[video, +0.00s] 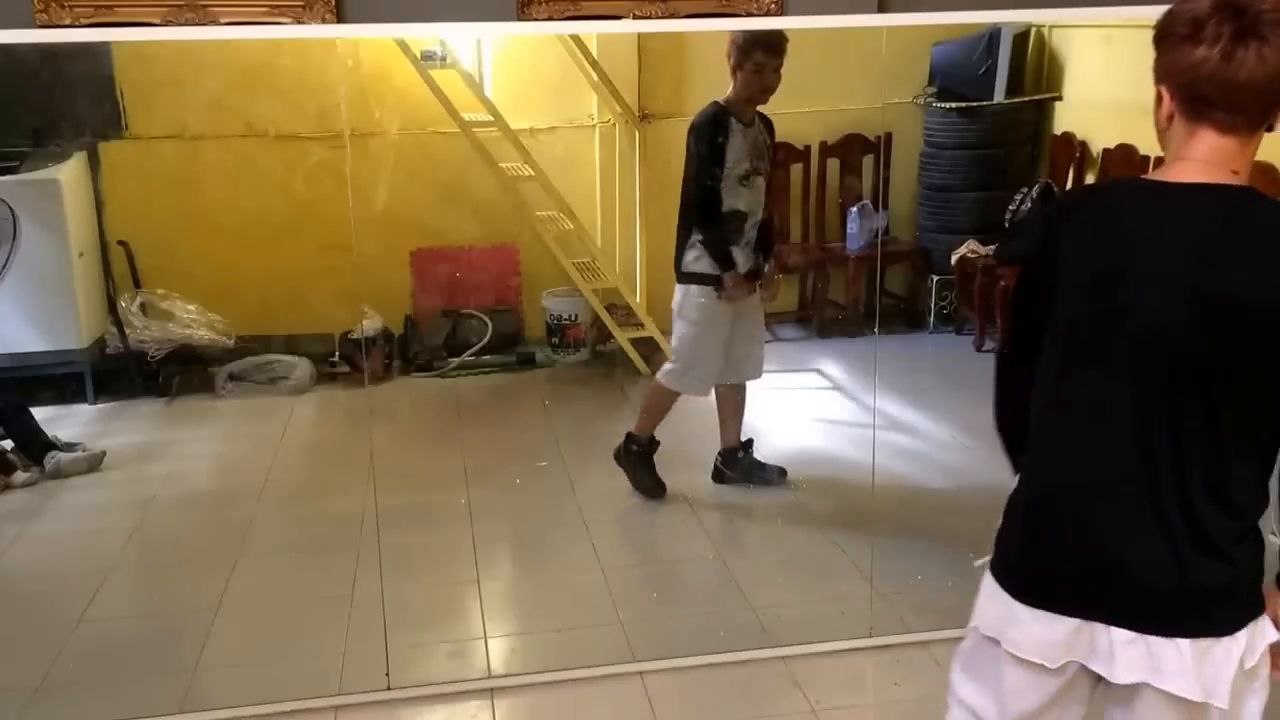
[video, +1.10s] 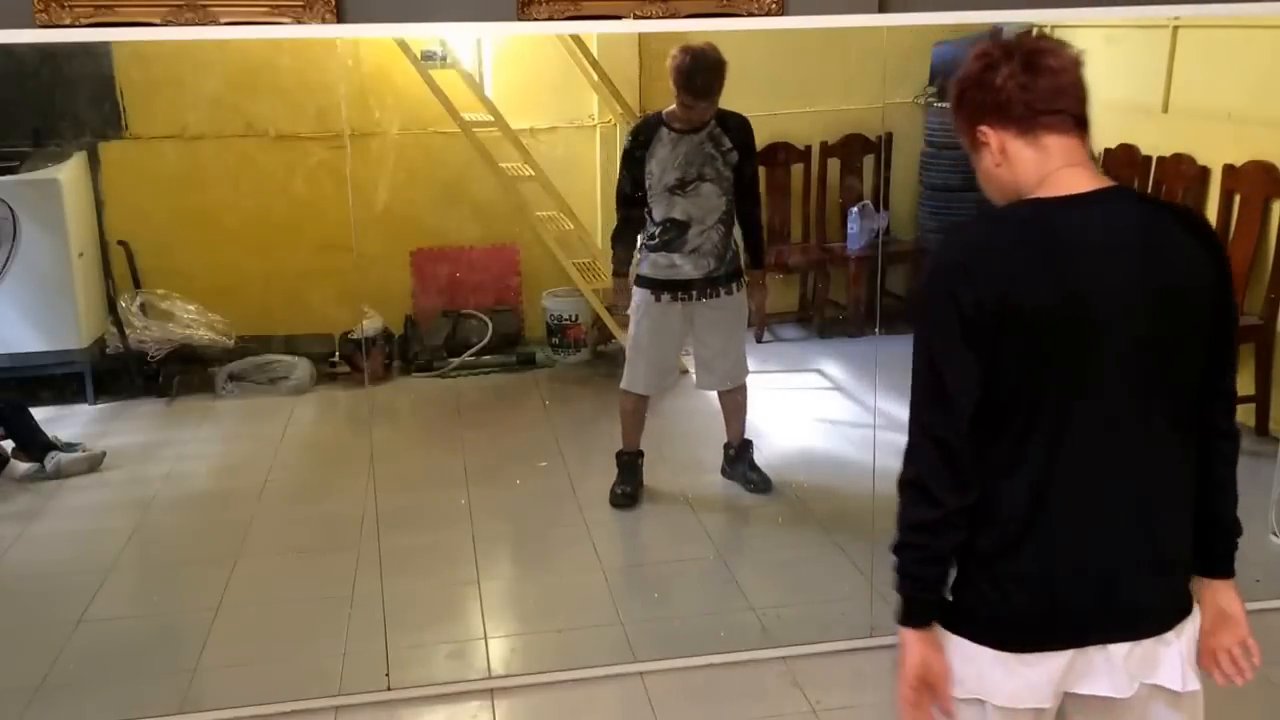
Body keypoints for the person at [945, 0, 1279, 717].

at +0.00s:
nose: (1149, 102)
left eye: (1152, 86)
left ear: (1164, 101)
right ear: (1269, 117)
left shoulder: (1072, 222)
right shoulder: (1270, 242)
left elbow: (1017, 413)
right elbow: (1271, 443)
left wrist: (1069, 498)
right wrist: (1276, 590)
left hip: (1043, 590)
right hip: (1203, 612)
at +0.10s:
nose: (1134, 108)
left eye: (1135, 91)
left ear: (1151, 100)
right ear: (1256, 110)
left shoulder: (1057, 224)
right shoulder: (1271, 242)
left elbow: (996, 409)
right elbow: (1279, 438)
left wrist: (1004, 514)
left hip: (1032, 590)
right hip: (1194, 609)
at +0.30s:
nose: (1069, 123)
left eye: (1071, 104)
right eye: (1070, 103)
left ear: (1092, 109)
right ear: (1185, 105)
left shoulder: (1035, 232)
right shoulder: (1256, 243)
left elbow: (962, 402)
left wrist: (918, 541)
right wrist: (1273, 574)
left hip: (1027, 602)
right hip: (1178, 605)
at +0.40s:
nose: (1032, 134)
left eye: (1030, 116)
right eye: (1030, 115)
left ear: (1050, 115)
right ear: (1137, 109)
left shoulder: (1007, 243)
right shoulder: (1227, 240)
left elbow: (941, 419)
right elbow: (1256, 417)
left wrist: (901, 568)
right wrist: (1236, 557)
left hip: (1016, 604)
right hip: (1166, 604)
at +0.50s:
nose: (980, 144)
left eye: (979, 125)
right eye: (980, 125)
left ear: (999, 122)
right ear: (1089, 111)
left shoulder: (970, 252)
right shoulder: (1181, 238)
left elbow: (918, 442)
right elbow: (1218, 419)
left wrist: (899, 602)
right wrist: (1206, 562)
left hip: (1003, 611)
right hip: (1147, 604)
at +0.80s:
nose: (907, 165)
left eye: (900, 147)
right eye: (903, 148)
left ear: (915, 139)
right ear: (1007, 121)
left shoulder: (905, 262)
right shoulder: (1120, 227)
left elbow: (910, 462)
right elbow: (1177, 405)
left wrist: (970, 630)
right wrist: (1184, 570)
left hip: (968, 635)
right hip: (1119, 619)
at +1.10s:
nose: (978, 176)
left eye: (972, 157)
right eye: (971, 159)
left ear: (992, 143)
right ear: (1077, 123)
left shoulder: (975, 256)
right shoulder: (1187, 238)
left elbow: (938, 450)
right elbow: (1214, 422)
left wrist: (918, 617)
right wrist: (1216, 574)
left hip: (1005, 618)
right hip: (1151, 611)